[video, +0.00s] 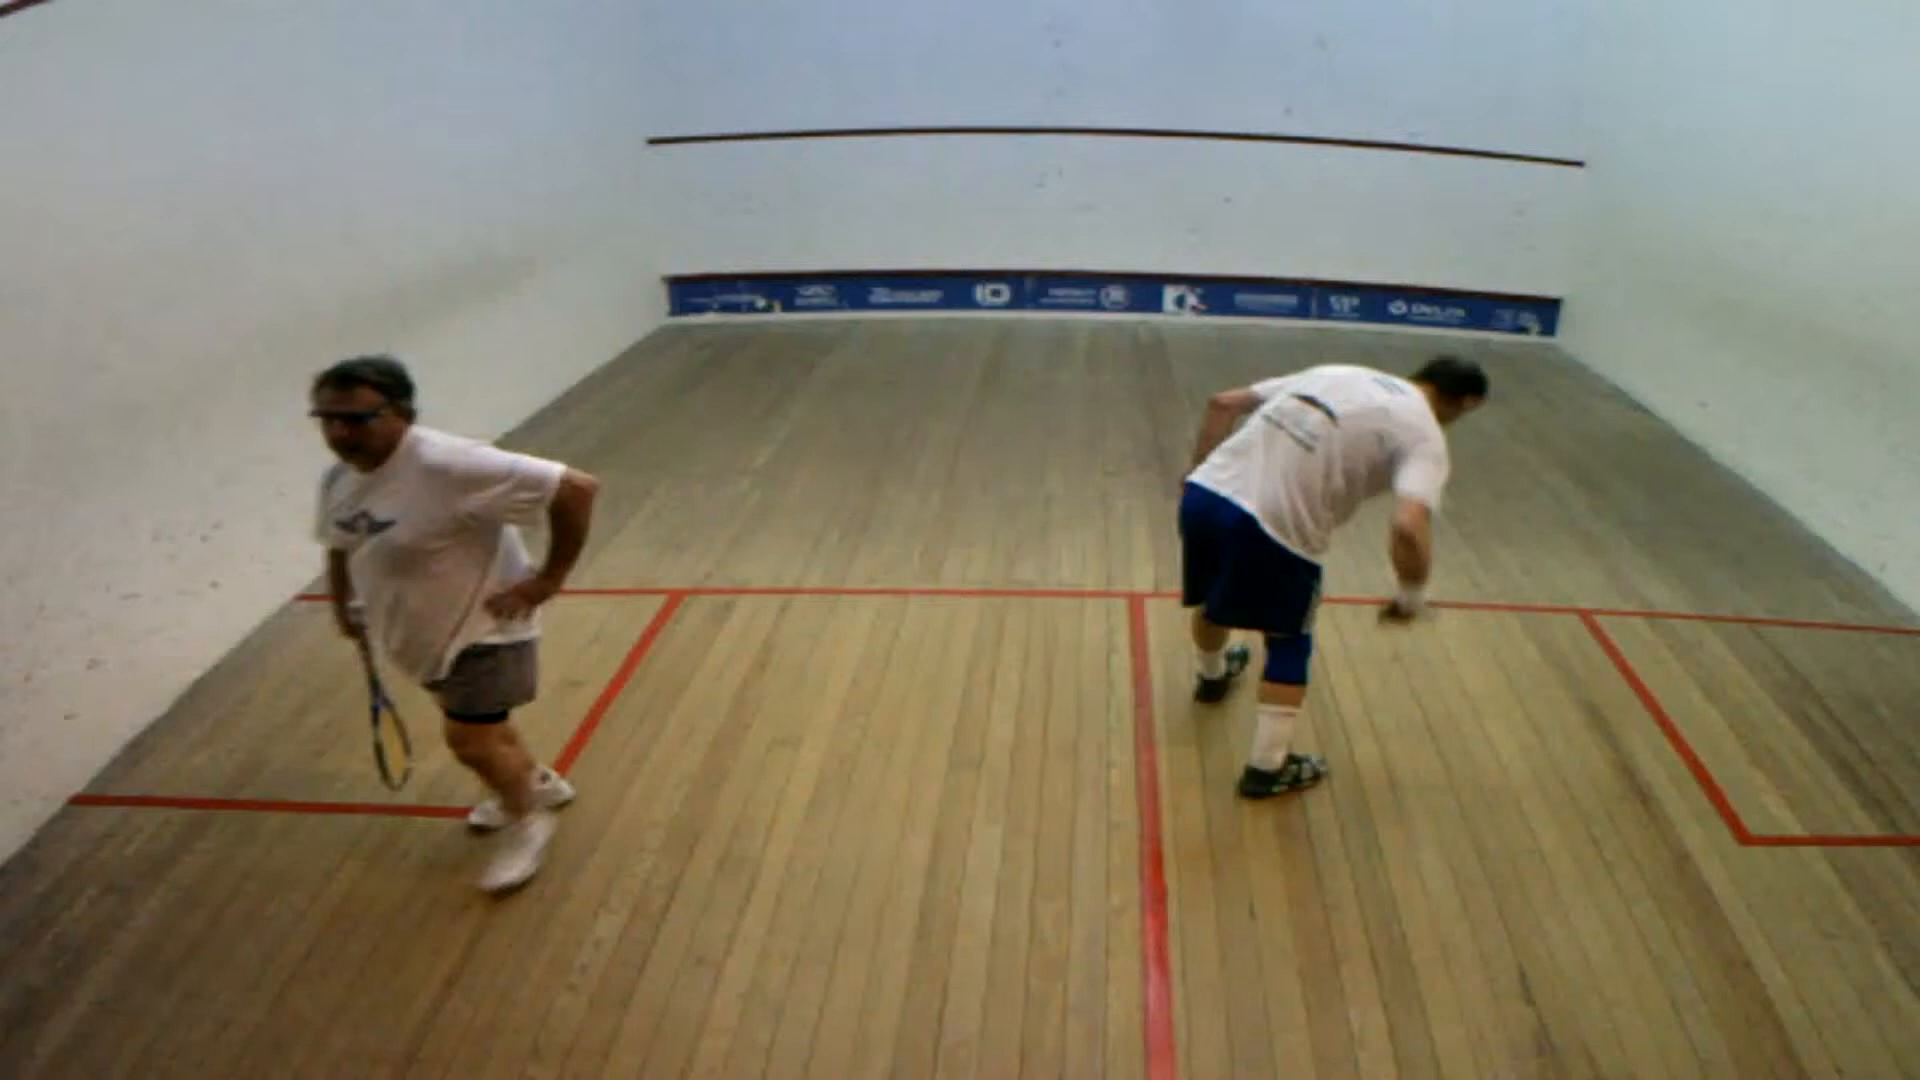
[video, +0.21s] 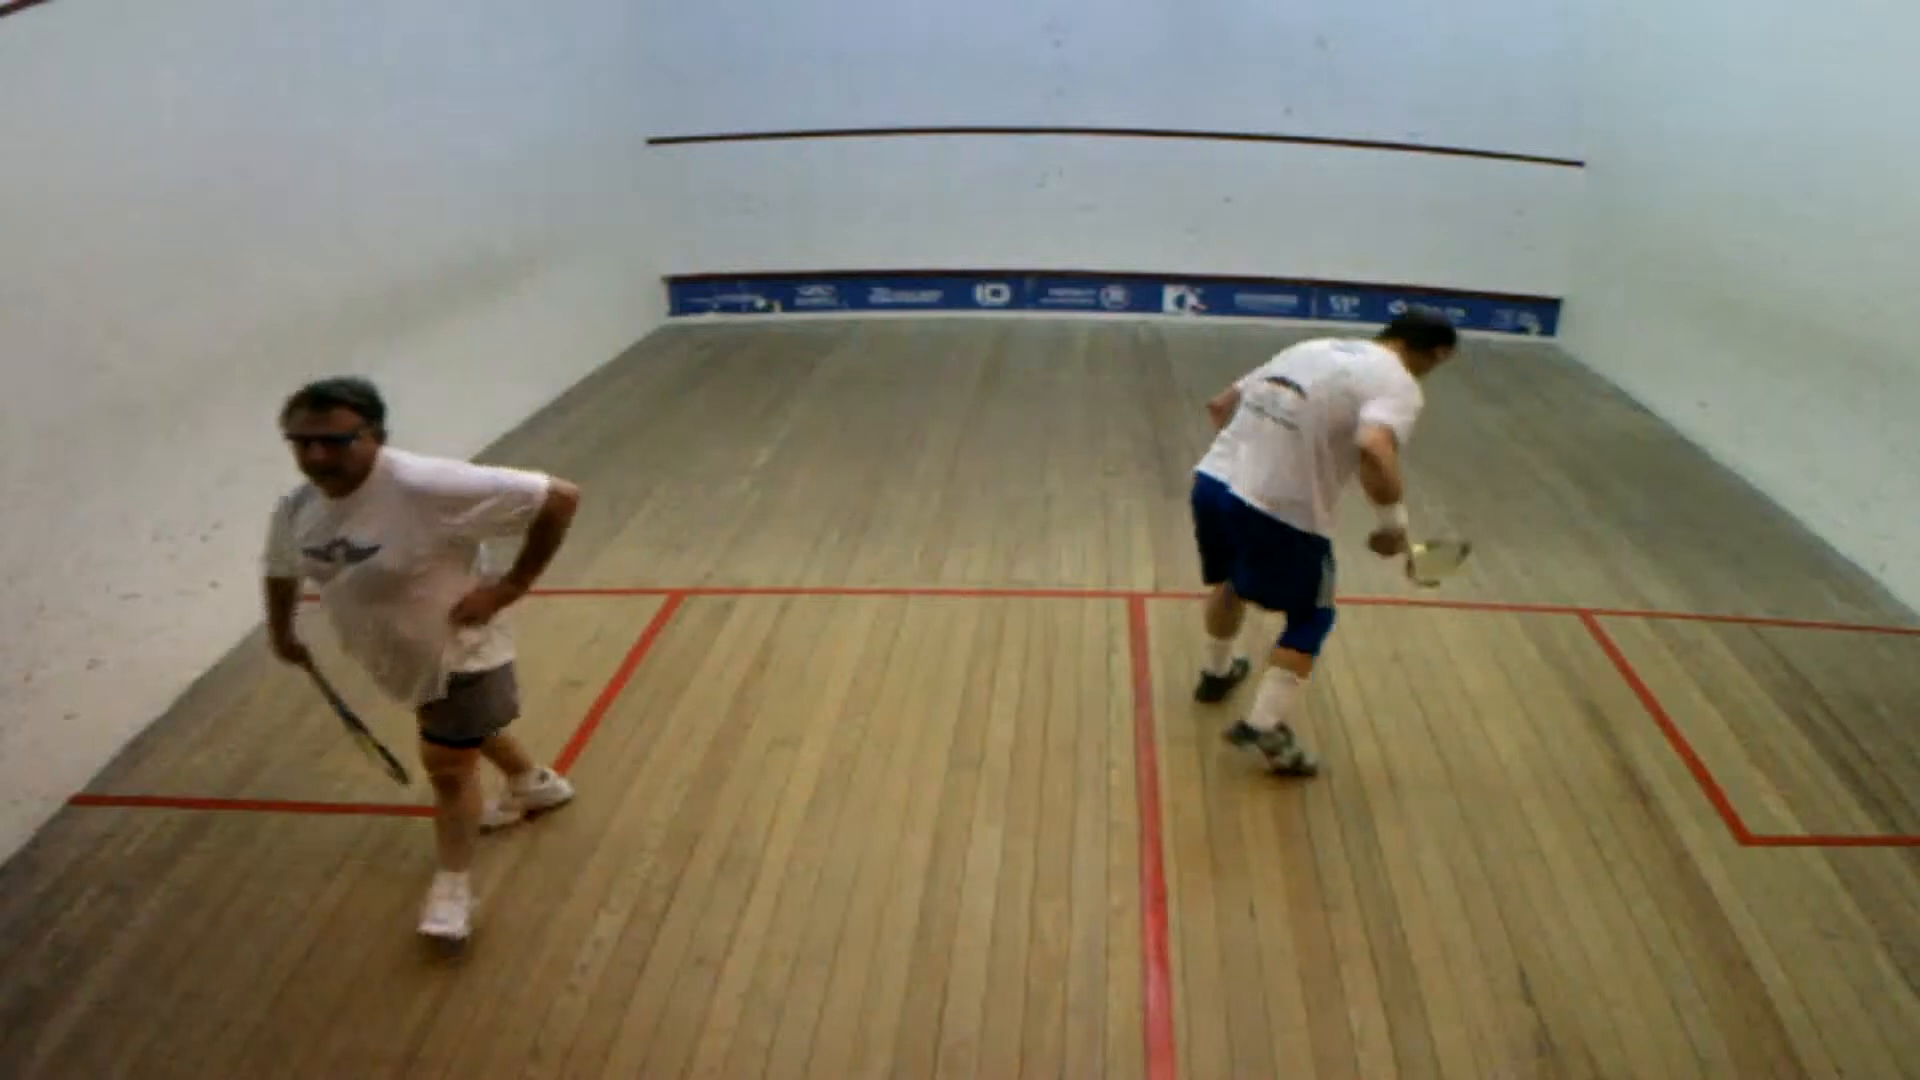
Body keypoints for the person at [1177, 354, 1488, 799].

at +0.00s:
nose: (1457, 420)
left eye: (1464, 413)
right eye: (1464, 411)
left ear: (1422, 374)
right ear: (1458, 402)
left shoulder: (1340, 373)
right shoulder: (1425, 436)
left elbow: (1224, 403)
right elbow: (1408, 527)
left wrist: (1200, 471)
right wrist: (1410, 596)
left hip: (1205, 498)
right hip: (1277, 532)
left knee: (1211, 595)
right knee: (1288, 643)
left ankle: (1211, 675)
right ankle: (1267, 765)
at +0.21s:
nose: (1430, 375)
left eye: (1437, 366)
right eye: (1435, 364)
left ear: (1392, 334)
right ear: (1427, 353)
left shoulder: (1318, 347)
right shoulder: (1399, 384)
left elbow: (1224, 405)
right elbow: (1372, 448)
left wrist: (1254, 460)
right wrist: (1391, 522)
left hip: (1214, 484)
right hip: (1282, 511)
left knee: (1230, 580)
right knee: (1312, 615)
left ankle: (1216, 671)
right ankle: (1264, 726)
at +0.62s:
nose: (1420, 307)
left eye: (1423, 299)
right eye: (1421, 298)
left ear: (1368, 283)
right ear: (1406, 294)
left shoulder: (1312, 318)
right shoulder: (1373, 340)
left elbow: (1309, 405)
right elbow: (1348, 412)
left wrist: (1386, 436)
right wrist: (1403, 452)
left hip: (1260, 469)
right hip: (1330, 485)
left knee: (1244, 568)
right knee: (1361, 561)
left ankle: (1217, 669)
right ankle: (1361, 654)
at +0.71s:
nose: (1431, 307)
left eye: (1435, 299)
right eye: (1432, 298)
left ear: (1378, 285)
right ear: (1416, 295)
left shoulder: (1326, 320)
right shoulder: (1384, 344)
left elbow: (1340, 407)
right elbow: (1364, 421)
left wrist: (1413, 431)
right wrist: (1425, 446)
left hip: (1273, 472)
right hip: (1341, 487)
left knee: (1252, 568)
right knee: (1366, 563)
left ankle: (1218, 668)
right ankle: (1389, 647)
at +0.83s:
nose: (1456, 309)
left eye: (1460, 301)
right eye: (1457, 299)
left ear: (1406, 285)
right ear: (1443, 296)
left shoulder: (1356, 319)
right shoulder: (1414, 348)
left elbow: (1379, 394)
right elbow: (1398, 429)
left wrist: (1456, 415)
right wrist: (1454, 451)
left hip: (1301, 468)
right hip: (1366, 485)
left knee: (1274, 561)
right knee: (1384, 564)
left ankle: (1223, 659)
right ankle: (1394, 646)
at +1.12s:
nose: (1528, 310)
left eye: (1533, 301)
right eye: (1531, 300)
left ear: (1482, 281)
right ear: (1518, 293)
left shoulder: (1423, 314)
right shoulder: (1496, 343)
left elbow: (1401, 389)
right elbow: (1487, 429)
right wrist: (1526, 459)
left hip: (1383, 457)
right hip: (1438, 481)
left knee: (1388, 535)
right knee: (1421, 563)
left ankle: (1324, 605)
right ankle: (1400, 645)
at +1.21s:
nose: (1546, 305)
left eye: (1550, 297)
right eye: (1548, 296)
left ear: (1498, 281)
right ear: (1534, 292)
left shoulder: (1437, 315)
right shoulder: (1515, 344)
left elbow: (1393, 378)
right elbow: (1516, 430)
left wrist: (1366, 425)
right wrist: (1560, 444)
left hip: (1401, 455)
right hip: (1451, 479)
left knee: (1414, 534)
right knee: (1426, 563)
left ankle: (1374, 609)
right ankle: (1401, 644)